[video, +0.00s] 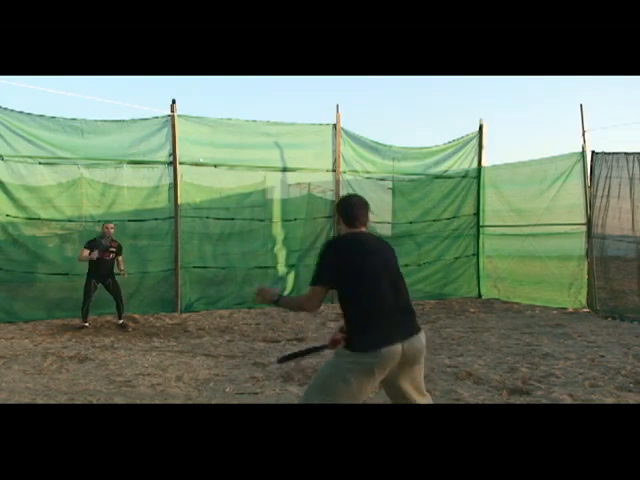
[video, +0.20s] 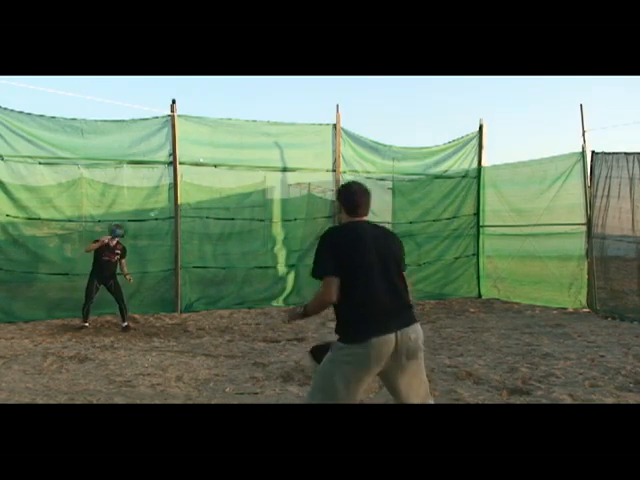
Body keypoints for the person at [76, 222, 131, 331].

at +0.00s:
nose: (109, 231)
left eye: (111, 228)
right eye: (107, 228)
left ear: (114, 230)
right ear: (103, 229)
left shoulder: (117, 246)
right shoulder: (93, 243)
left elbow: (119, 259)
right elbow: (81, 257)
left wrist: (121, 269)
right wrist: (90, 256)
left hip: (108, 275)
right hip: (94, 275)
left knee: (118, 297)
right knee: (87, 298)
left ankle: (120, 320)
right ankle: (85, 322)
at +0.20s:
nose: (114, 240)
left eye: (116, 238)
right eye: (112, 237)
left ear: (119, 238)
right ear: (109, 236)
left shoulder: (121, 248)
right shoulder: (101, 243)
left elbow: (122, 263)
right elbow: (88, 249)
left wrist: (125, 274)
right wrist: (101, 243)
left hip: (110, 277)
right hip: (96, 276)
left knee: (120, 300)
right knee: (89, 299)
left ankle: (125, 323)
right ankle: (85, 322)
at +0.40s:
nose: (123, 232)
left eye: (125, 230)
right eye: (121, 229)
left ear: (128, 232)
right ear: (118, 231)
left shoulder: (128, 248)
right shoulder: (109, 242)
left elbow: (126, 263)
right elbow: (104, 242)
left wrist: (130, 275)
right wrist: (117, 237)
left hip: (116, 275)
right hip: (102, 274)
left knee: (123, 299)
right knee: (92, 297)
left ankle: (125, 322)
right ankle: (86, 321)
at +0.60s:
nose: (126, 229)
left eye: (128, 227)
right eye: (124, 226)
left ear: (131, 229)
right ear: (120, 228)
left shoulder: (130, 243)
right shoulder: (112, 239)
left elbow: (129, 259)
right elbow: (107, 246)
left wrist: (133, 272)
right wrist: (122, 245)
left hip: (118, 274)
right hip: (104, 272)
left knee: (123, 297)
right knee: (94, 295)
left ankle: (125, 322)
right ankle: (86, 320)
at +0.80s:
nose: (120, 229)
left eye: (122, 227)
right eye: (118, 227)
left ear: (125, 229)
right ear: (114, 228)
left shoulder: (127, 245)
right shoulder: (105, 242)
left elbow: (128, 259)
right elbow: (96, 257)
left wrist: (131, 268)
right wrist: (108, 263)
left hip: (117, 276)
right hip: (103, 275)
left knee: (124, 298)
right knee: (91, 297)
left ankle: (126, 323)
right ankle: (83, 321)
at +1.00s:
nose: (108, 231)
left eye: (110, 228)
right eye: (105, 228)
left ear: (112, 230)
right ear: (101, 230)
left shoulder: (116, 246)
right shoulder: (92, 244)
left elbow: (119, 262)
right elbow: (84, 260)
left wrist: (118, 266)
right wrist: (94, 269)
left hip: (109, 275)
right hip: (95, 275)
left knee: (119, 299)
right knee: (83, 299)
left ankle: (124, 323)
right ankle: (79, 323)